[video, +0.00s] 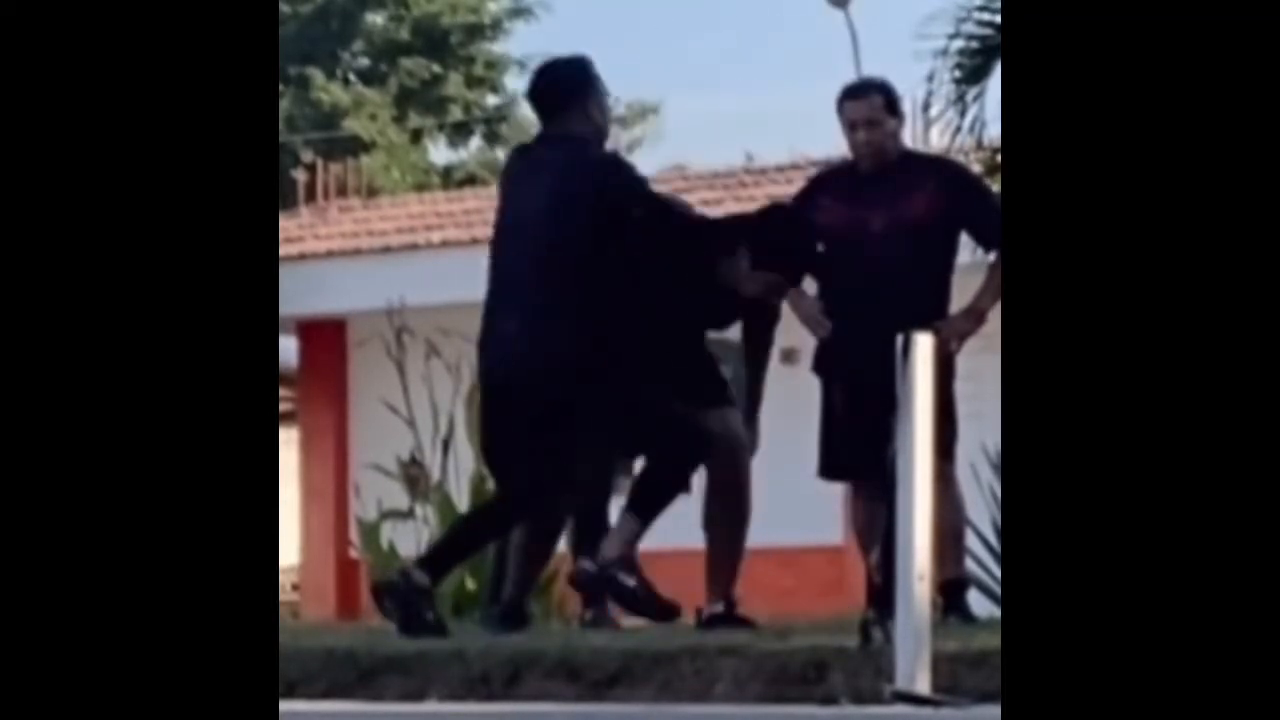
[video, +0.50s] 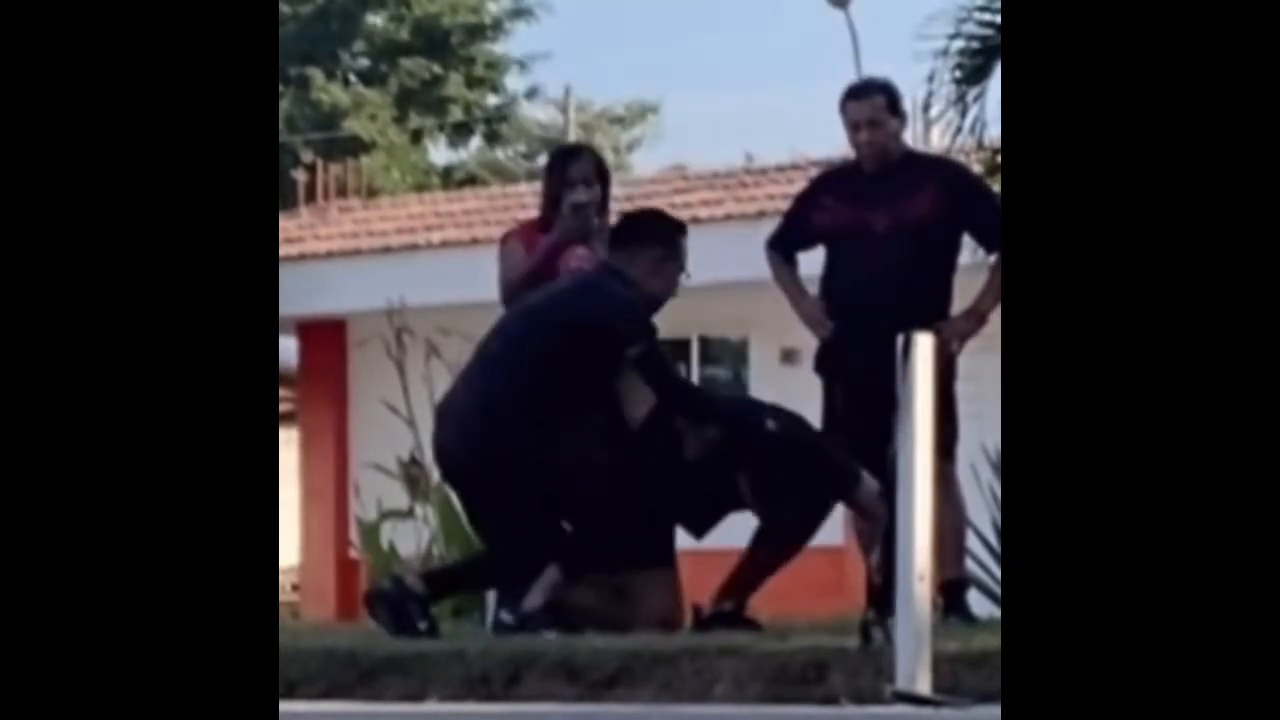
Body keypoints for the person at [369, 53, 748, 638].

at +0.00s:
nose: (610, 108)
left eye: (605, 97)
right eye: (602, 98)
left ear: (544, 110)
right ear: (587, 105)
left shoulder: (523, 166)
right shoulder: (598, 169)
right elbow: (671, 227)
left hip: (511, 352)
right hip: (574, 352)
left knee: (526, 489)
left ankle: (419, 579)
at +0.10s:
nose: (638, 160)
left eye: (637, 148)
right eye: (633, 148)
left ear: (571, 147)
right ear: (612, 148)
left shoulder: (544, 199)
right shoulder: (606, 213)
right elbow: (671, 296)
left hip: (489, 379)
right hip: (554, 381)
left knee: (515, 513)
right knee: (649, 472)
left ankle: (410, 587)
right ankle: (550, 587)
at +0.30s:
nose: (667, 244)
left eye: (668, 233)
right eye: (662, 231)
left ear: (604, 221)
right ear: (636, 229)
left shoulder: (564, 266)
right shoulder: (619, 293)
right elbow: (674, 379)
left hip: (466, 425)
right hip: (517, 429)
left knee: (526, 543)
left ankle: (416, 589)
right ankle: (534, 601)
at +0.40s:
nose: (673, 273)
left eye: (674, 260)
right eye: (672, 259)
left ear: (608, 243)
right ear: (653, 254)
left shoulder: (573, 282)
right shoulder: (623, 308)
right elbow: (670, 395)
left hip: (462, 429)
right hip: (500, 437)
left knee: (530, 543)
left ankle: (416, 589)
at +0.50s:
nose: (677, 286)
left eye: (678, 273)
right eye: (675, 272)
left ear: (618, 255)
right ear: (654, 264)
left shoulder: (581, 291)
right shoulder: (622, 310)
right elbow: (675, 391)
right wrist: (750, 416)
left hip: (462, 427)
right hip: (496, 434)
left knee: (529, 546)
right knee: (532, 552)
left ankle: (417, 591)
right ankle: (417, 591)